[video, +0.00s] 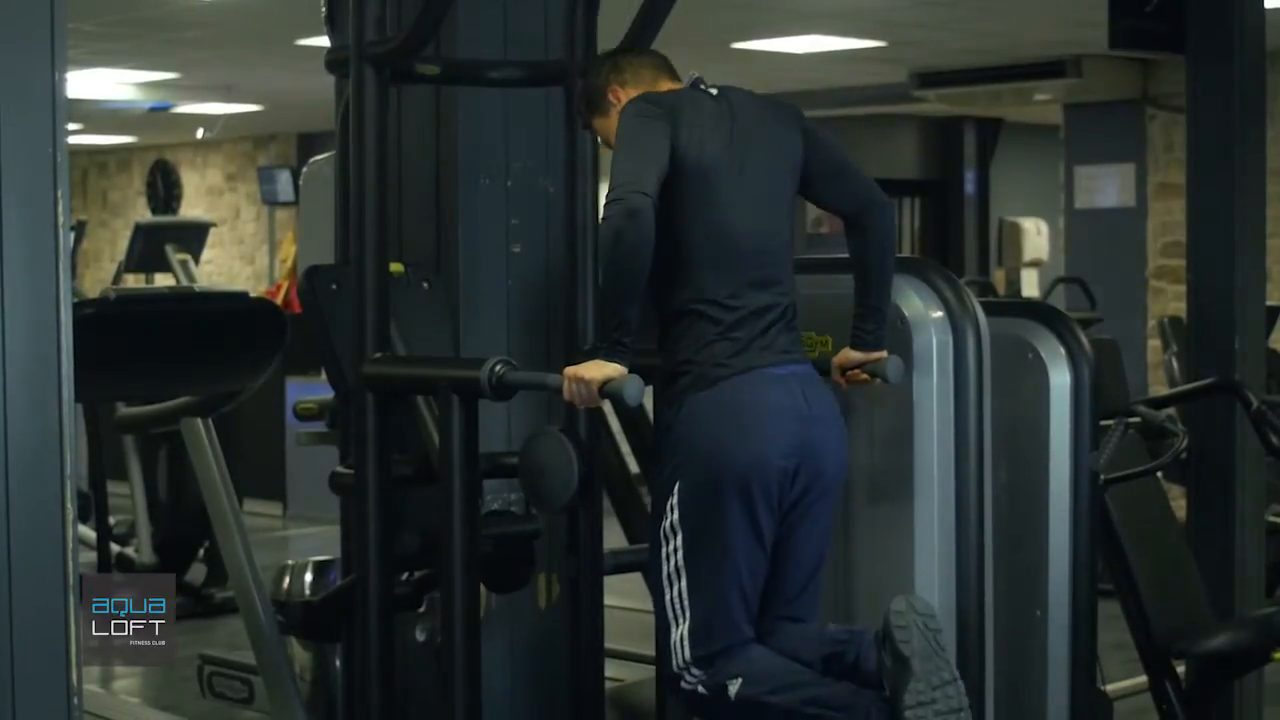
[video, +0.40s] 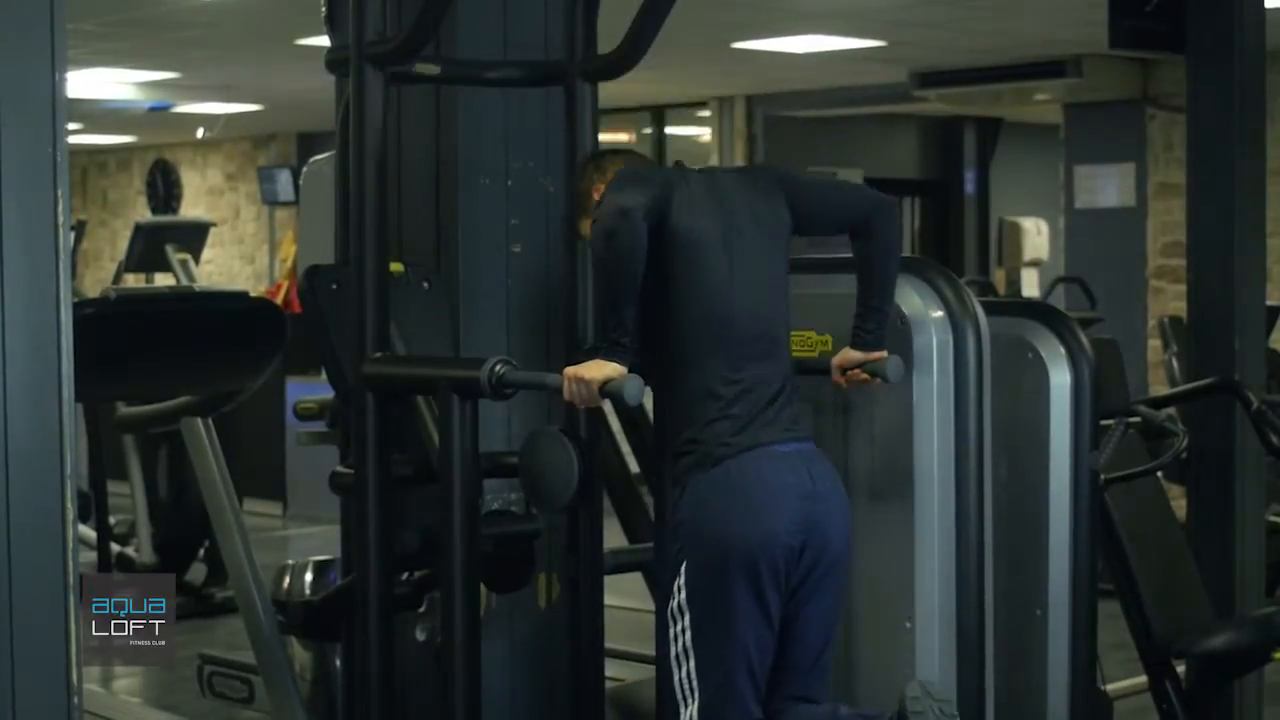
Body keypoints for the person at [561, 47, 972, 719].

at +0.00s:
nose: (611, 148)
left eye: (604, 132)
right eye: (603, 139)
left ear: (617, 98)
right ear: (677, 79)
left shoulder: (647, 115)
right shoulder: (776, 117)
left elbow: (630, 210)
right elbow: (871, 207)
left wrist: (614, 350)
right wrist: (869, 339)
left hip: (720, 411)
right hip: (808, 398)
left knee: (704, 664)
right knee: (780, 635)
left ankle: (880, 705)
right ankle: (881, 654)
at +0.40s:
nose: (595, 225)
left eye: (591, 215)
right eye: (589, 220)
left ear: (604, 189)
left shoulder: (638, 183)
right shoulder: (759, 184)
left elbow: (619, 224)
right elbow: (877, 210)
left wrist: (613, 348)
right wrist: (870, 338)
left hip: (723, 489)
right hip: (809, 471)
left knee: (714, 704)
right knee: (799, 701)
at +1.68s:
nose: (608, 132)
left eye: (601, 117)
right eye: (600, 125)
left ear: (611, 80)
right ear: (670, 58)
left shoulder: (644, 93)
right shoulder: (772, 99)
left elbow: (634, 202)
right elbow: (861, 196)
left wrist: (613, 340)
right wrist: (867, 328)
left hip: (718, 384)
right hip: (807, 375)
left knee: (704, 639)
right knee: (772, 604)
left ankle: (885, 690)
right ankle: (874, 614)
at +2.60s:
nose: (597, 223)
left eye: (594, 212)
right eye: (591, 220)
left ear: (606, 182)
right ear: (648, 155)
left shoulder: (634, 173)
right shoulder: (761, 172)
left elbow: (622, 209)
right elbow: (880, 197)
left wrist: (610, 334)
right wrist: (868, 325)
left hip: (723, 483)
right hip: (812, 465)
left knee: (722, 706)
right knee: (798, 696)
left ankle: (894, 708)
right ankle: (899, 708)